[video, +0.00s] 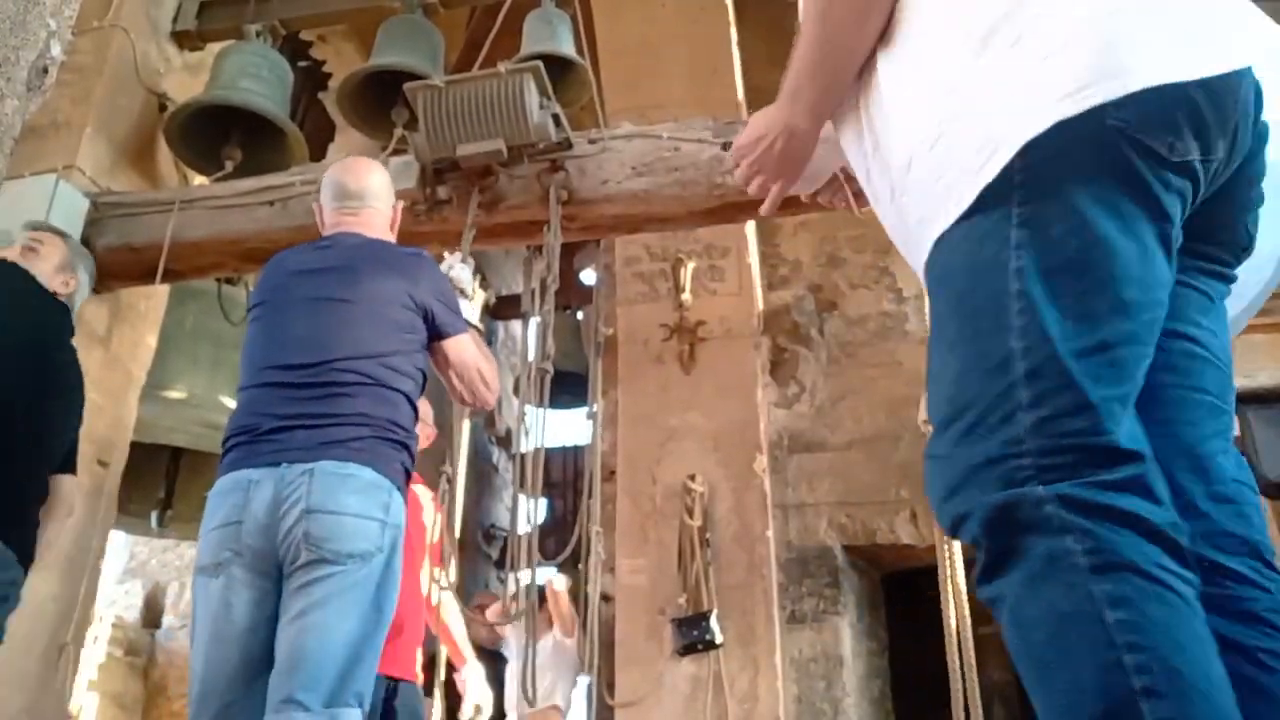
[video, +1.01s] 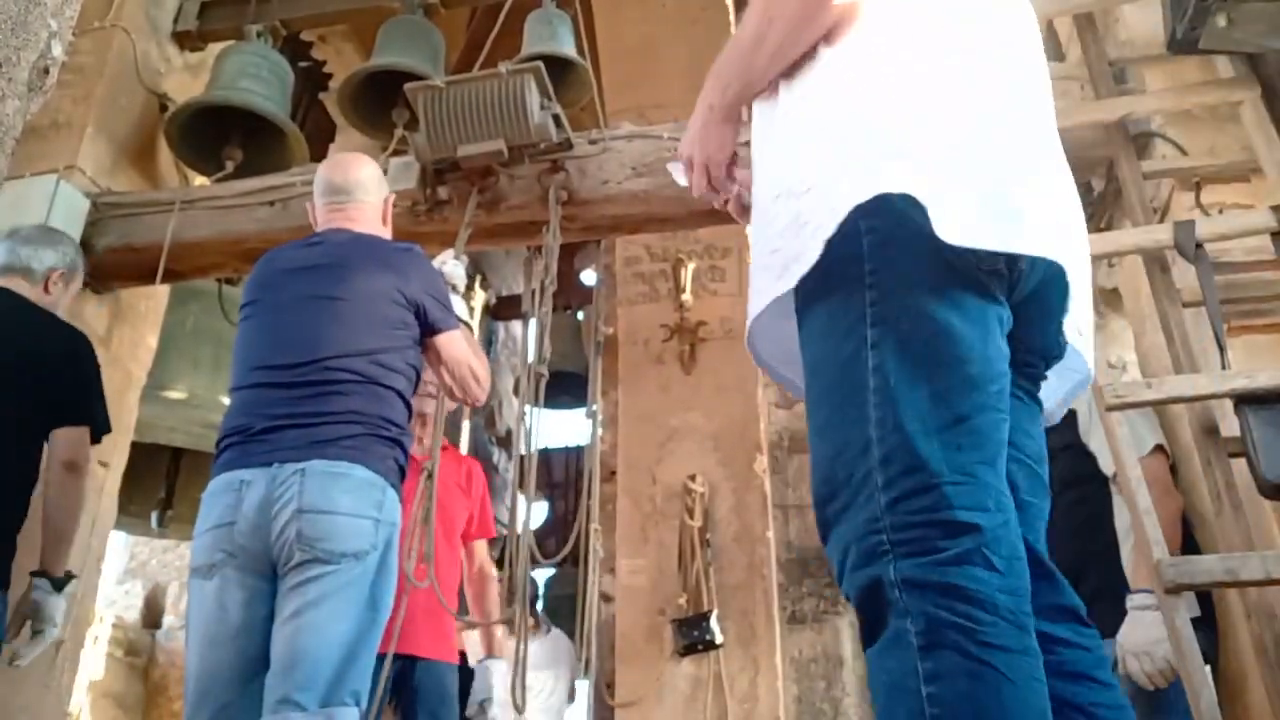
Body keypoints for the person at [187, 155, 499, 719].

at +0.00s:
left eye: (319, 211)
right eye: (399, 210)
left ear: (320, 217)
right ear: (396, 214)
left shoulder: (274, 271)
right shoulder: (415, 270)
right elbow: (482, 393)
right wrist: (441, 326)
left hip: (238, 488)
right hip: (351, 486)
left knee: (218, 707)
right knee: (311, 707)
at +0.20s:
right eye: (394, 210)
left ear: (316, 218)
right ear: (391, 214)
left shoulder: (271, 272)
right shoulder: (413, 271)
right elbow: (479, 393)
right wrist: (433, 325)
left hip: (238, 488)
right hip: (351, 486)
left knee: (217, 708)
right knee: (311, 707)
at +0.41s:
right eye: (392, 209)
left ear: (313, 218)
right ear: (388, 213)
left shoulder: (267, 272)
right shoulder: (409, 270)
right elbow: (477, 391)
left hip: (234, 488)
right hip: (348, 487)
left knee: (215, 709)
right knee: (309, 707)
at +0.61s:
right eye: (390, 208)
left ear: (311, 218)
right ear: (386, 212)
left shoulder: (266, 270)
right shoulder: (406, 267)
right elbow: (472, 385)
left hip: (230, 489)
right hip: (344, 487)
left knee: (213, 709)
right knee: (308, 708)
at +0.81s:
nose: (390, 215)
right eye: (390, 208)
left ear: (310, 218)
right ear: (385, 211)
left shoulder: (265, 270)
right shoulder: (405, 266)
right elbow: (472, 386)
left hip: (230, 489)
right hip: (345, 485)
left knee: (214, 709)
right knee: (309, 708)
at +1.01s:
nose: (394, 215)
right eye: (394, 207)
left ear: (314, 215)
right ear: (388, 209)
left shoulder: (265, 269)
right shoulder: (407, 265)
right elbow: (473, 386)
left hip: (231, 489)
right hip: (345, 485)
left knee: (214, 709)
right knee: (309, 707)